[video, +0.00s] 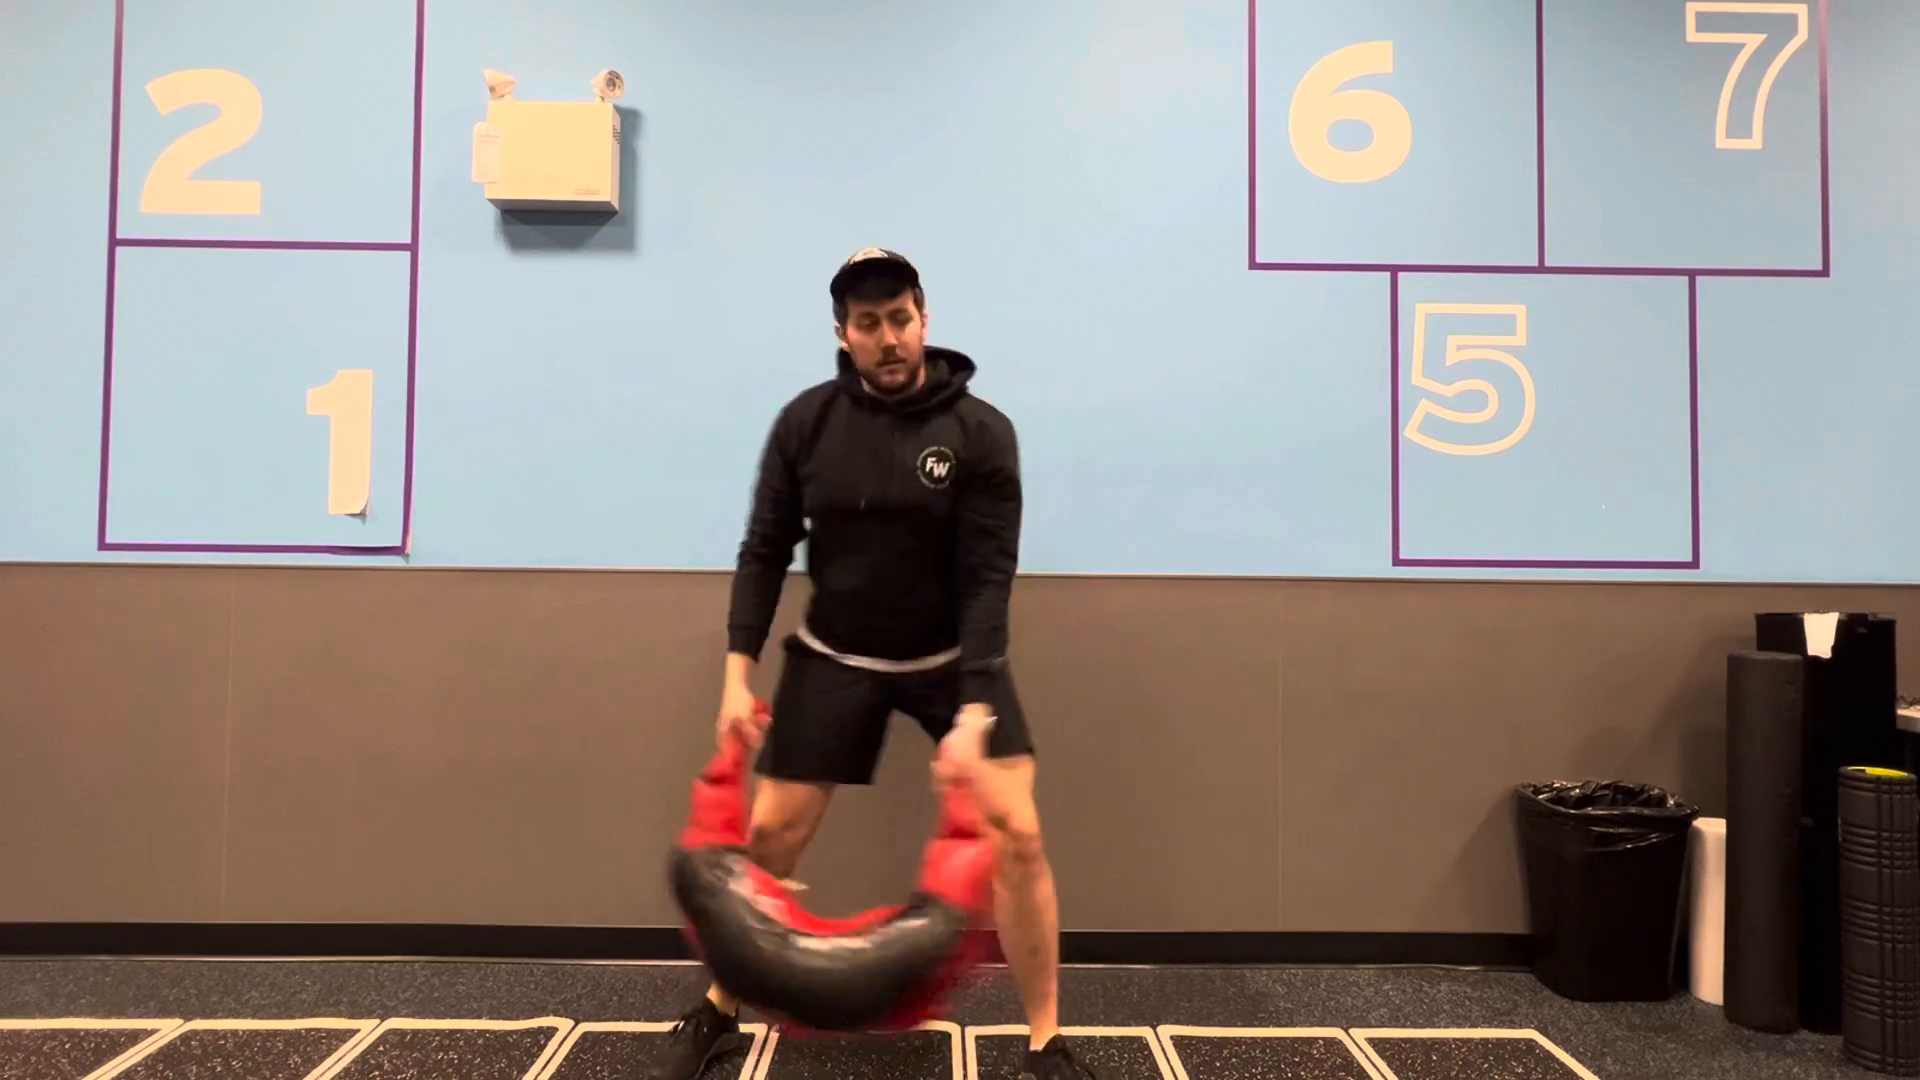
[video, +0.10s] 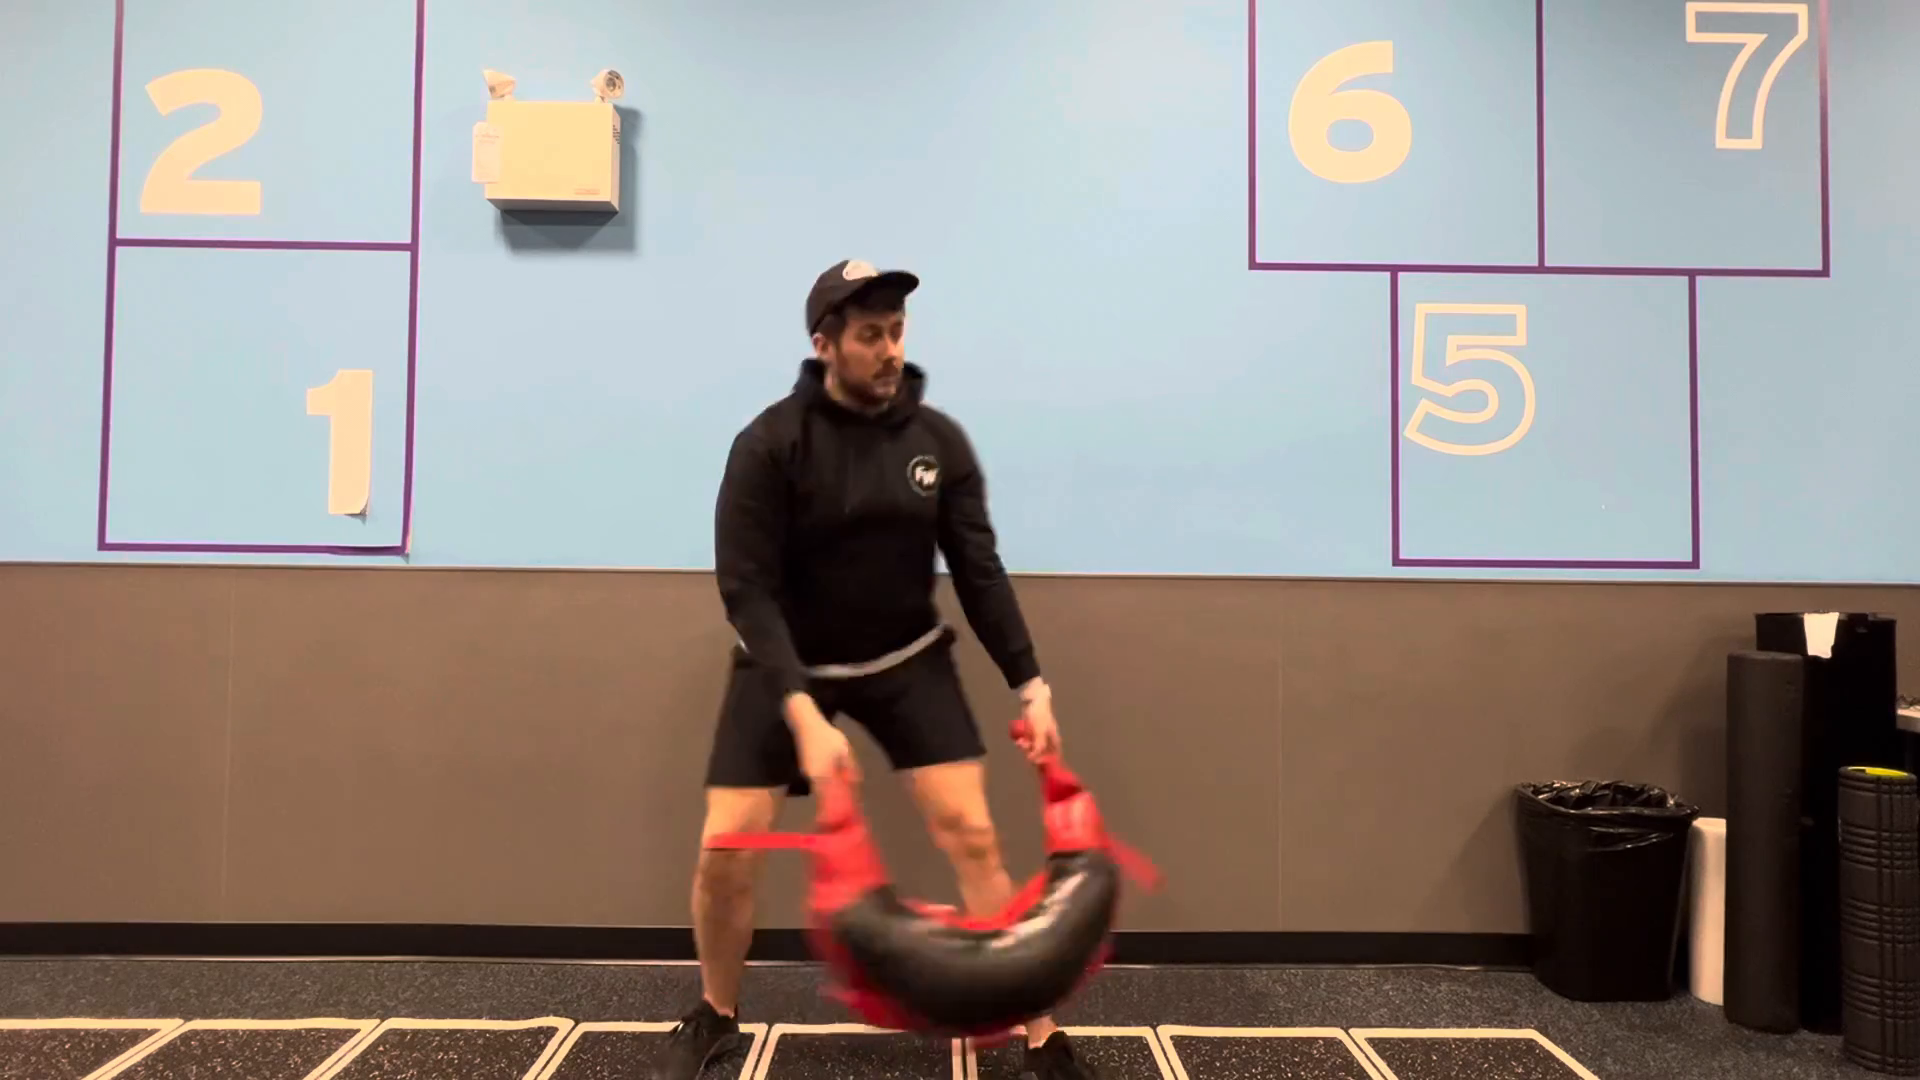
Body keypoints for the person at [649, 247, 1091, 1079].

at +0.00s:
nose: (890, 339)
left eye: (902, 320)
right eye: (870, 325)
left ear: (925, 321)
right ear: (842, 334)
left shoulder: (979, 434)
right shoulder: (805, 424)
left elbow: (990, 576)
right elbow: (764, 548)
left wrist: (975, 710)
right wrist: (738, 673)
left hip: (951, 660)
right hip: (835, 658)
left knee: (1018, 834)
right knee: (770, 829)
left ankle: (1046, 1042)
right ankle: (721, 1004)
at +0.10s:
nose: (888, 348)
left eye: (896, 332)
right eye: (869, 334)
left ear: (906, 337)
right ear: (825, 343)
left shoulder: (937, 442)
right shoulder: (769, 445)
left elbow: (978, 568)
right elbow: (746, 590)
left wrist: (1028, 682)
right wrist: (802, 708)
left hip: (907, 662)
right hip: (783, 667)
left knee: (973, 832)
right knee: (724, 854)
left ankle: (1034, 1031)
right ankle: (718, 1013)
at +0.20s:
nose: (884, 383)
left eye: (883, 367)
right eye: (866, 370)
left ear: (875, 372)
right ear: (811, 385)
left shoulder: (893, 474)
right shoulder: (758, 482)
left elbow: (945, 587)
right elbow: (789, 640)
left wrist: (1020, 678)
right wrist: (902, 741)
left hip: (857, 683)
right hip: (740, 688)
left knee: (937, 843)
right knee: (694, 872)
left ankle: (1042, 1037)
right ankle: (715, 1017)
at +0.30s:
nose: (875, 434)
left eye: (872, 418)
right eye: (858, 421)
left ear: (817, 432)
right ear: (806, 434)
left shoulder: (867, 518)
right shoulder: (746, 532)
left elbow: (914, 619)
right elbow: (839, 663)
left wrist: (1007, 693)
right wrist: (982, 738)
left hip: (818, 706)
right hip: (704, 716)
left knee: (910, 865)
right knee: (677, 897)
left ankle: (1040, 1039)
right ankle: (714, 1021)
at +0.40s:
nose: (871, 474)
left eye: (867, 456)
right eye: (854, 460)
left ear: (811, 476)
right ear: (802, 476)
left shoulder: (857, 551)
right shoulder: (738, 571)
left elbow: (909, 650)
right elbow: (851, 678)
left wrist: (1016, 719)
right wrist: (1007, 730)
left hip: (801, 725)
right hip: (684, 737)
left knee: (898, 873)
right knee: (667, 913)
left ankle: (1040, 1041)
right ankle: (713, 1019)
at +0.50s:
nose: (870, 492)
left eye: (867, 474)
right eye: (854, 477)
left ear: (809, 491)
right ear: (802, 491)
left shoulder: (854, 563)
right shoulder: (733, 583)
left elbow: (905, 664)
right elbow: (842, 690)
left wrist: (1017, 732)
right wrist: (1003, 736)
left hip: (798, 730)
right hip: (681, 740)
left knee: (896, 875)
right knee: (664, 915)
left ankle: (1040, 1041)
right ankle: (712, 1017)